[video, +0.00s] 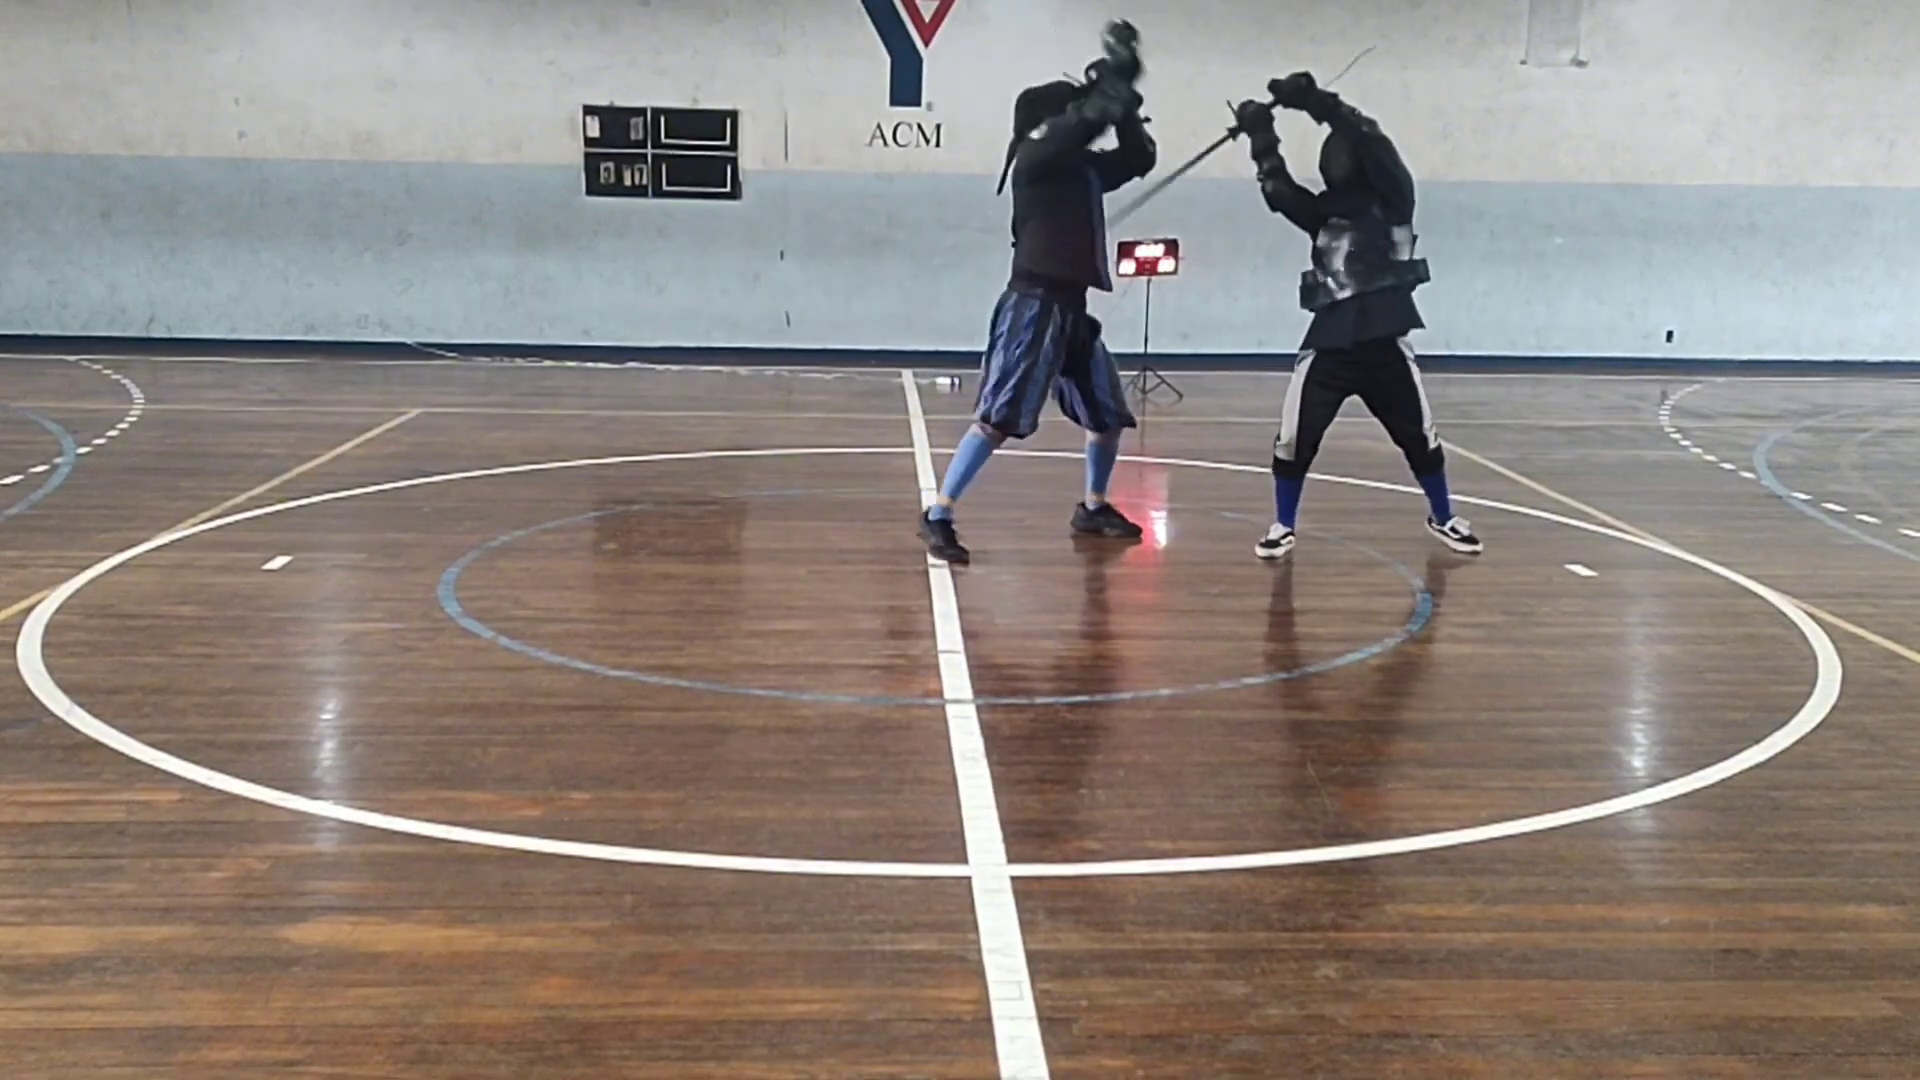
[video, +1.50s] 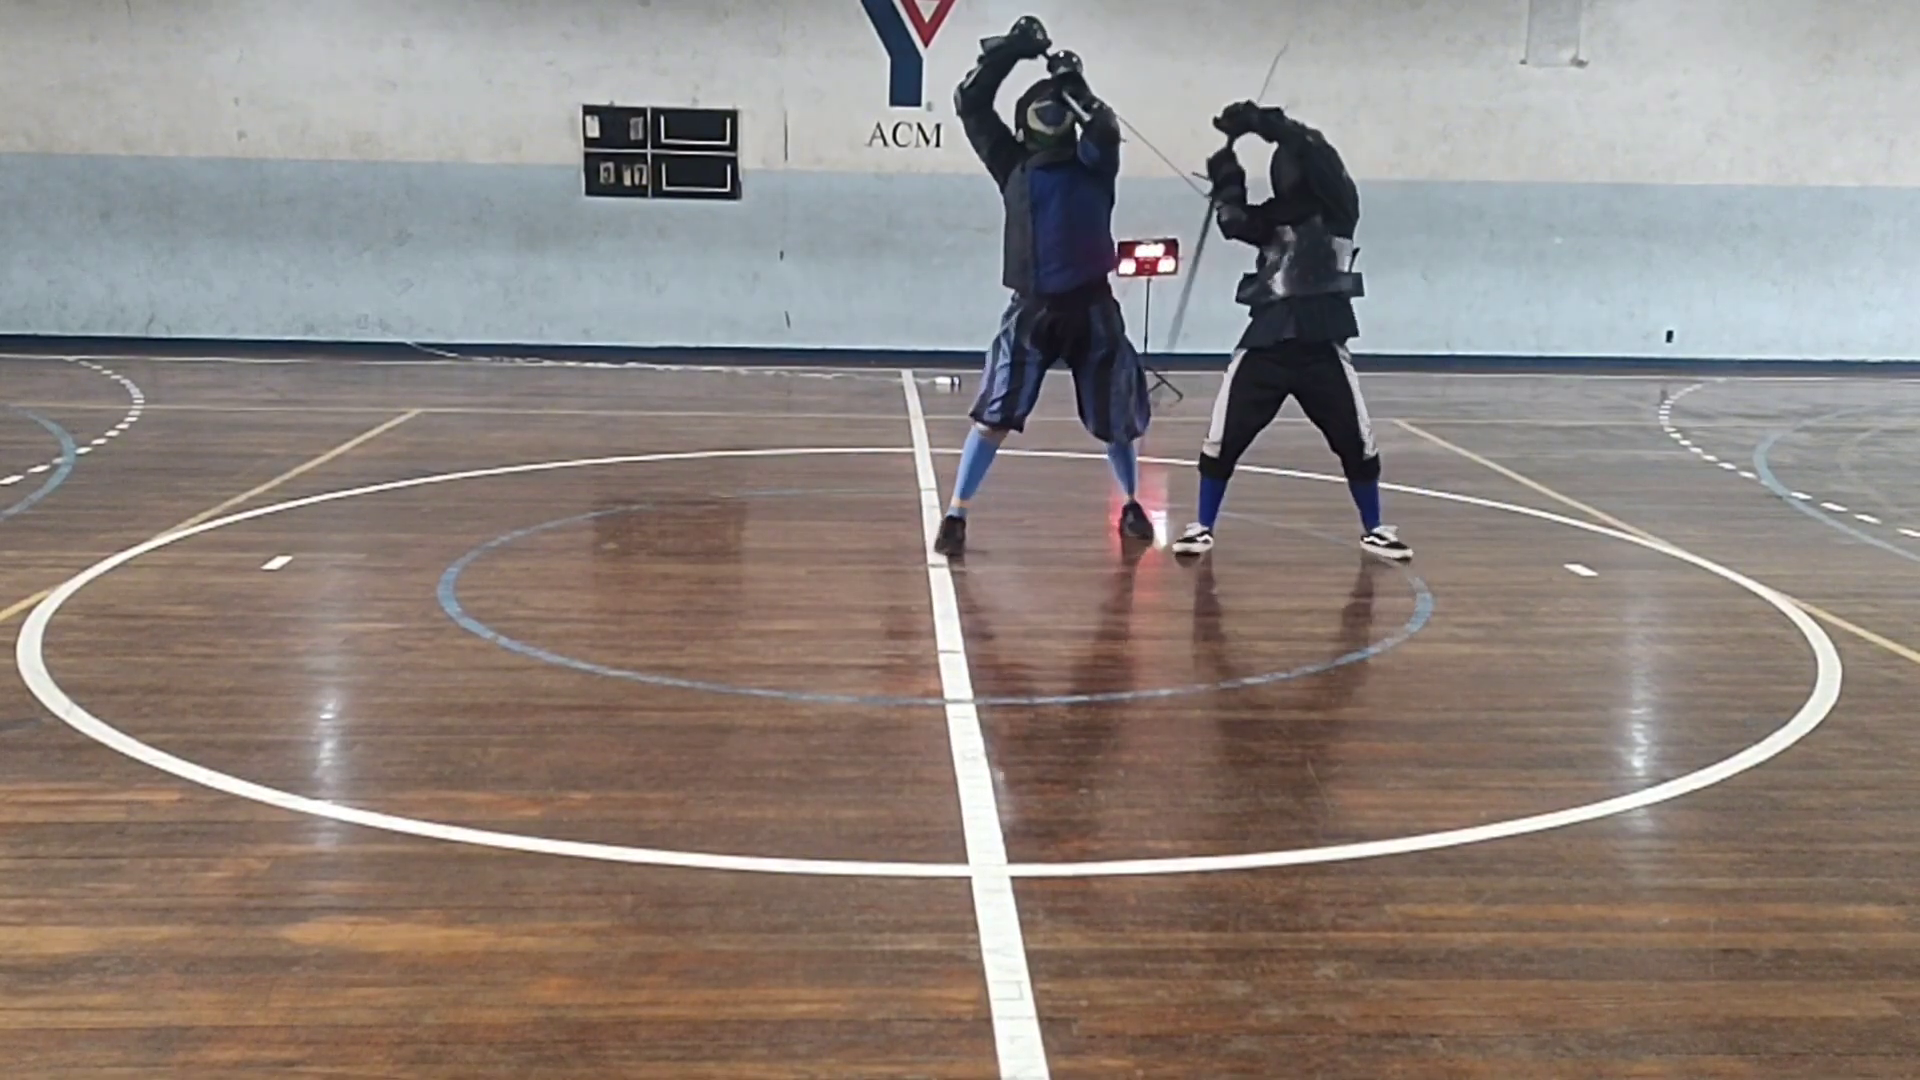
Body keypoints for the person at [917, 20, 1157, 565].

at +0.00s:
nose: (1087, 118)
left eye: (1086, 110)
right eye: (1078, 111)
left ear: (1061, 120)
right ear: (1051, 118)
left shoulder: (1086, 168)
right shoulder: (1035, 156)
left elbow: (1138, 158)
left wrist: (1125, 103)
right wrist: (1117, 78)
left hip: (1071, 313)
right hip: (1032, 307)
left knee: (1108, 417)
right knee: (999, 418)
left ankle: (1094, 509)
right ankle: (938, 512)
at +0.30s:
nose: (1081, 191)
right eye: (1078, 186)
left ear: (1030, 185)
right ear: (1068, 190)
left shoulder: (1003, 223)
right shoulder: (1079, 237)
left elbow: (1041, 197)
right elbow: (1105, 282)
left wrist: (1089, 190)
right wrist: (1086, 223)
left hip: (1019, 361)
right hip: (1054, 368)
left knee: (1108, 414)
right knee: (1032, 482)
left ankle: (1101, 505)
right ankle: (929, 515)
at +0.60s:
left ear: (1016, 208)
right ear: (1059, 207)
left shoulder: (1008, 250)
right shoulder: (1076, 251)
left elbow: (994, 208)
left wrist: (1049, 171)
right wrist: (1069, 176)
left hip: (1034, 373)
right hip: (1065, 378)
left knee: (1119, 408)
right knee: (1038, 495)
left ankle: (1109, 502)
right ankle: (934, 513)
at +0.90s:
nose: (1075, 167)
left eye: (1071, 161)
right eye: (1069, 162)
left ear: (1032, 174)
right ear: (1059, 172)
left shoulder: (1034, 215)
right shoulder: (1070, 216)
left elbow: (1081, 176)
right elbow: (1129, 175)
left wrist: (1081, 123)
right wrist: (1109, 121)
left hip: (1065, 345)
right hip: (1073, 349)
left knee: (1133, 417)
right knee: (1042, 455)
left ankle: (1117, 509)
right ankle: (942, 509)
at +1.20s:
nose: (1093, 112)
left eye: (1091, 102)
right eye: (1084, 101)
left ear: (1079, 112)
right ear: (1057, 106)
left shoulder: (1096, 158)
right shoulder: (1031, 156)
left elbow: (1143, 170)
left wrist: (1126, 114)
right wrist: (1073, 57)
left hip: (1100, 297)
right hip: (1053, 294)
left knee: (1122, 408)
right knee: (1033, 406)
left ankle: (1112, 509)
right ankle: (979, 511)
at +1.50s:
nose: (1051, 119)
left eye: (1058, 111)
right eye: (1040, 112)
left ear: (1073, 118)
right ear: (1024, 123)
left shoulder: (1096, 163)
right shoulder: (1012, 165)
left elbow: (1107, 131)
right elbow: (971, 102)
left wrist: (1079, 90)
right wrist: (1012, 47)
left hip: (1093, 309)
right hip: (1030, 310)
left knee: (1118, 418)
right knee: (994, 416)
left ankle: (1132, 508)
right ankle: (955, 515)